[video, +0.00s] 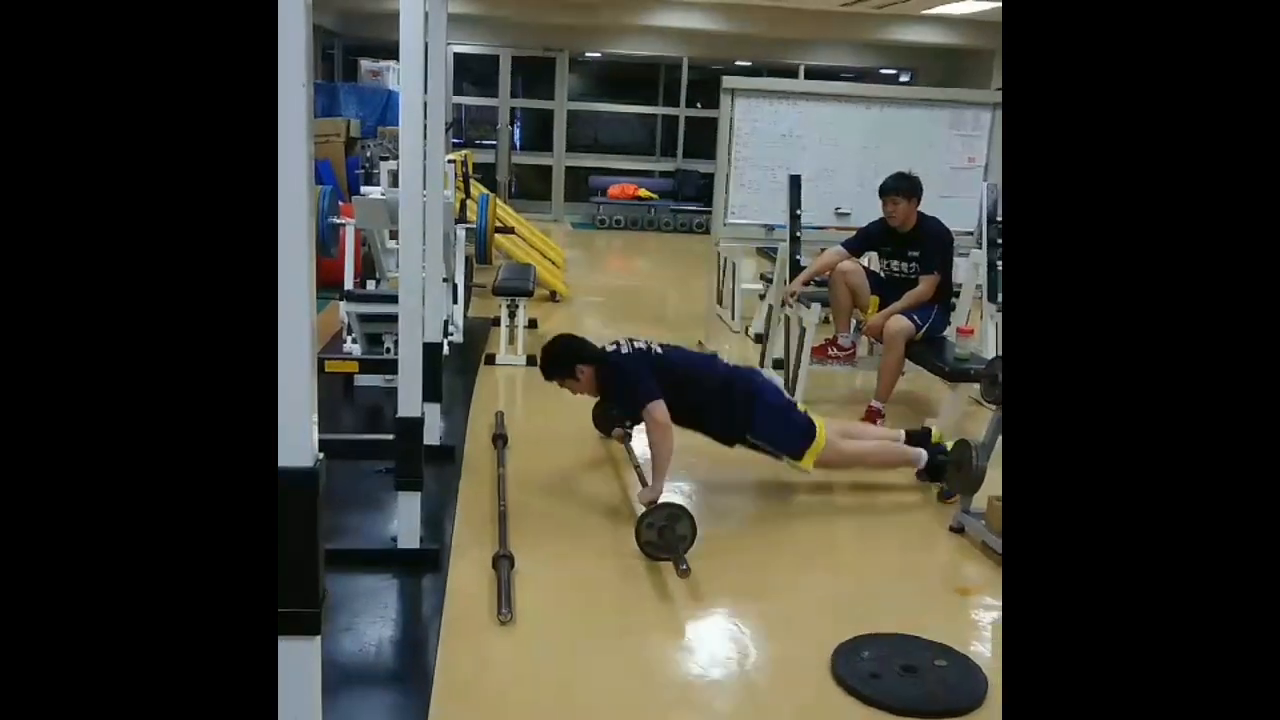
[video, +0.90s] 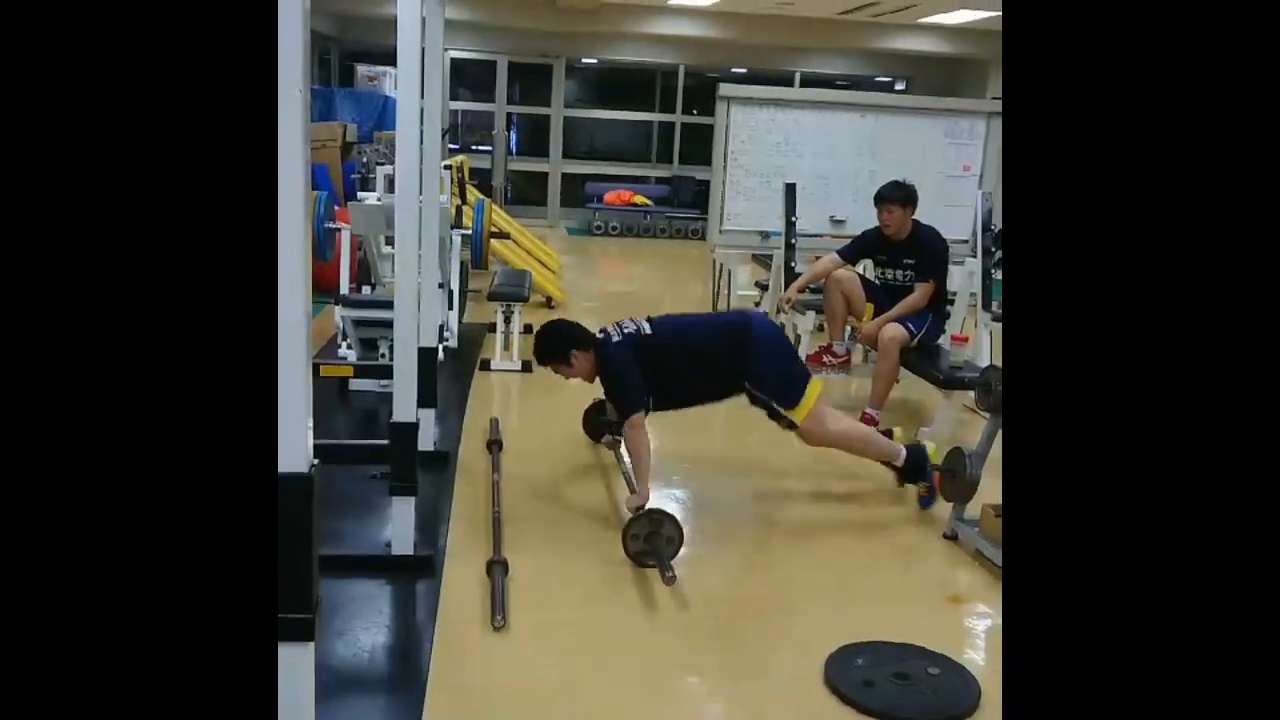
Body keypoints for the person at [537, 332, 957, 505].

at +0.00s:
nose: (575, 392)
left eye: (570, 384)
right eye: (566, 387)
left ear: (583, 369)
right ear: (583, 361)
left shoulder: (628, 373)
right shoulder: (617, 355)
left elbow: (661, 428)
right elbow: (640, 396)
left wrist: (656, 489)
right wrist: (617, 416)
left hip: (748, 409)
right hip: (748, 391)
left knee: (827, 455)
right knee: (823, 432)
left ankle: (930, 460)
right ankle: (915, 438)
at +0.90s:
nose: (565, 377)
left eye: (562, 370)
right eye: (559, 372)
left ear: (576, 356)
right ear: (578, 346)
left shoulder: (618, 363)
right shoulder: (613, 346)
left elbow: (636, 431)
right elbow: (631, 405)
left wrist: (644, 490)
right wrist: (618, 417)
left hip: (757, 347)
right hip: (749, 339)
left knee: (818, 428)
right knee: (808, 425)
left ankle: (910, 458)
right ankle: (893, 452)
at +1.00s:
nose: (582, 366)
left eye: (579, 359)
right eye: (577, 361)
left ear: (593, 347)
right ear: (596, 341)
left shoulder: (629, 355)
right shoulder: (622, 336)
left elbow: (641, 429)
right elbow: (626, 386)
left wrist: (643, 492)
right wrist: (620, 418)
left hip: (765, 315)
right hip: (742, 310)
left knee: (765, 422)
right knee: (736, 403)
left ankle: (852, 465)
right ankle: (819, 436)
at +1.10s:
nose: (596, 363)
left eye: (593, 355)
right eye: (590, 358)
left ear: (608, 343)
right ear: (610, 337)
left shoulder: (645, 353)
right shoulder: (633, 338)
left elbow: (651, 430)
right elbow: (629, 391)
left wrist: (644, 493)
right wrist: (618, 430)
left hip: (772, 318)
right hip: (742, 308)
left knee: (712, 397)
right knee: (689, 381)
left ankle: (768, 479)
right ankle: (741, 449)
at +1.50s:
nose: (603, 280)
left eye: (607, 271)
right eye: (604, 272)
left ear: (632, 276)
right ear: (634, 276)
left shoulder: (667, 310)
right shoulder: (652, 302)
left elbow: (671, 389)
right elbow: (641, 348)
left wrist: (653, 449)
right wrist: (627, 387)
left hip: (772, 351)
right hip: (751, 341)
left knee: (687, 400)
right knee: (678, 388)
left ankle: (705, 505)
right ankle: (690, 467)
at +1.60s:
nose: (600, 248)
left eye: (604, 240)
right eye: (600, 240)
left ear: (631, 246)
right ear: (632, 246)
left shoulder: (668, 276)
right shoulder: (655, 273)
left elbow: (685, 346)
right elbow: (648, 316)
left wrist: (669, 404)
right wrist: (636, 356)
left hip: (773, 320)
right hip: (740, 315)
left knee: (704, 397)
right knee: (687, 381)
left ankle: (705, 505)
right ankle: (690, 467)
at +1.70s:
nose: (611, 205)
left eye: (617, 196)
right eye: (612, 196)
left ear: (641, 199)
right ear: (640, 200)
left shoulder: (675, 234)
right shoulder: (656, 234)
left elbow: (699, 292)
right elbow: (658, 273)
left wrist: (680, 357)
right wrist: (645, 310)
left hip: (765, 308)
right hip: (728, 304)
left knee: (706, 402)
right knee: (688, 382)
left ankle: (705, 508)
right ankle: (691, 468)